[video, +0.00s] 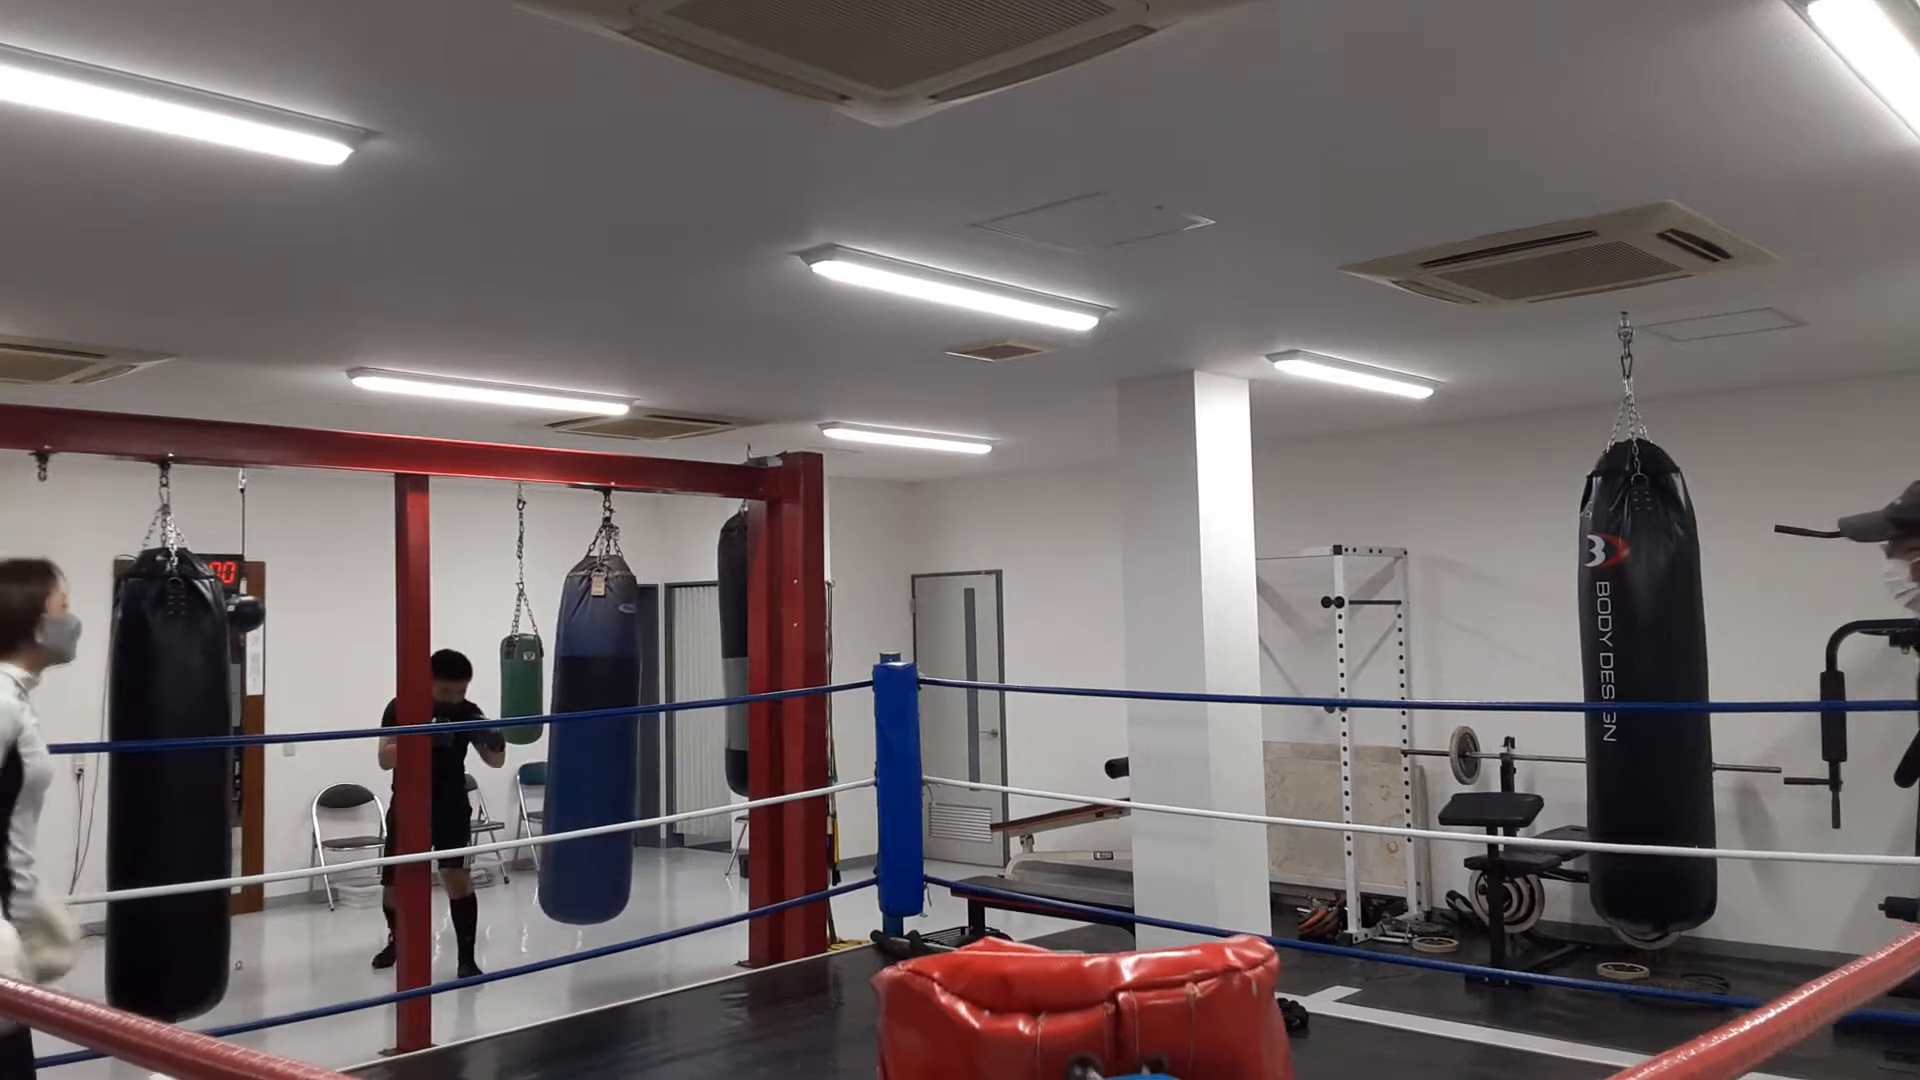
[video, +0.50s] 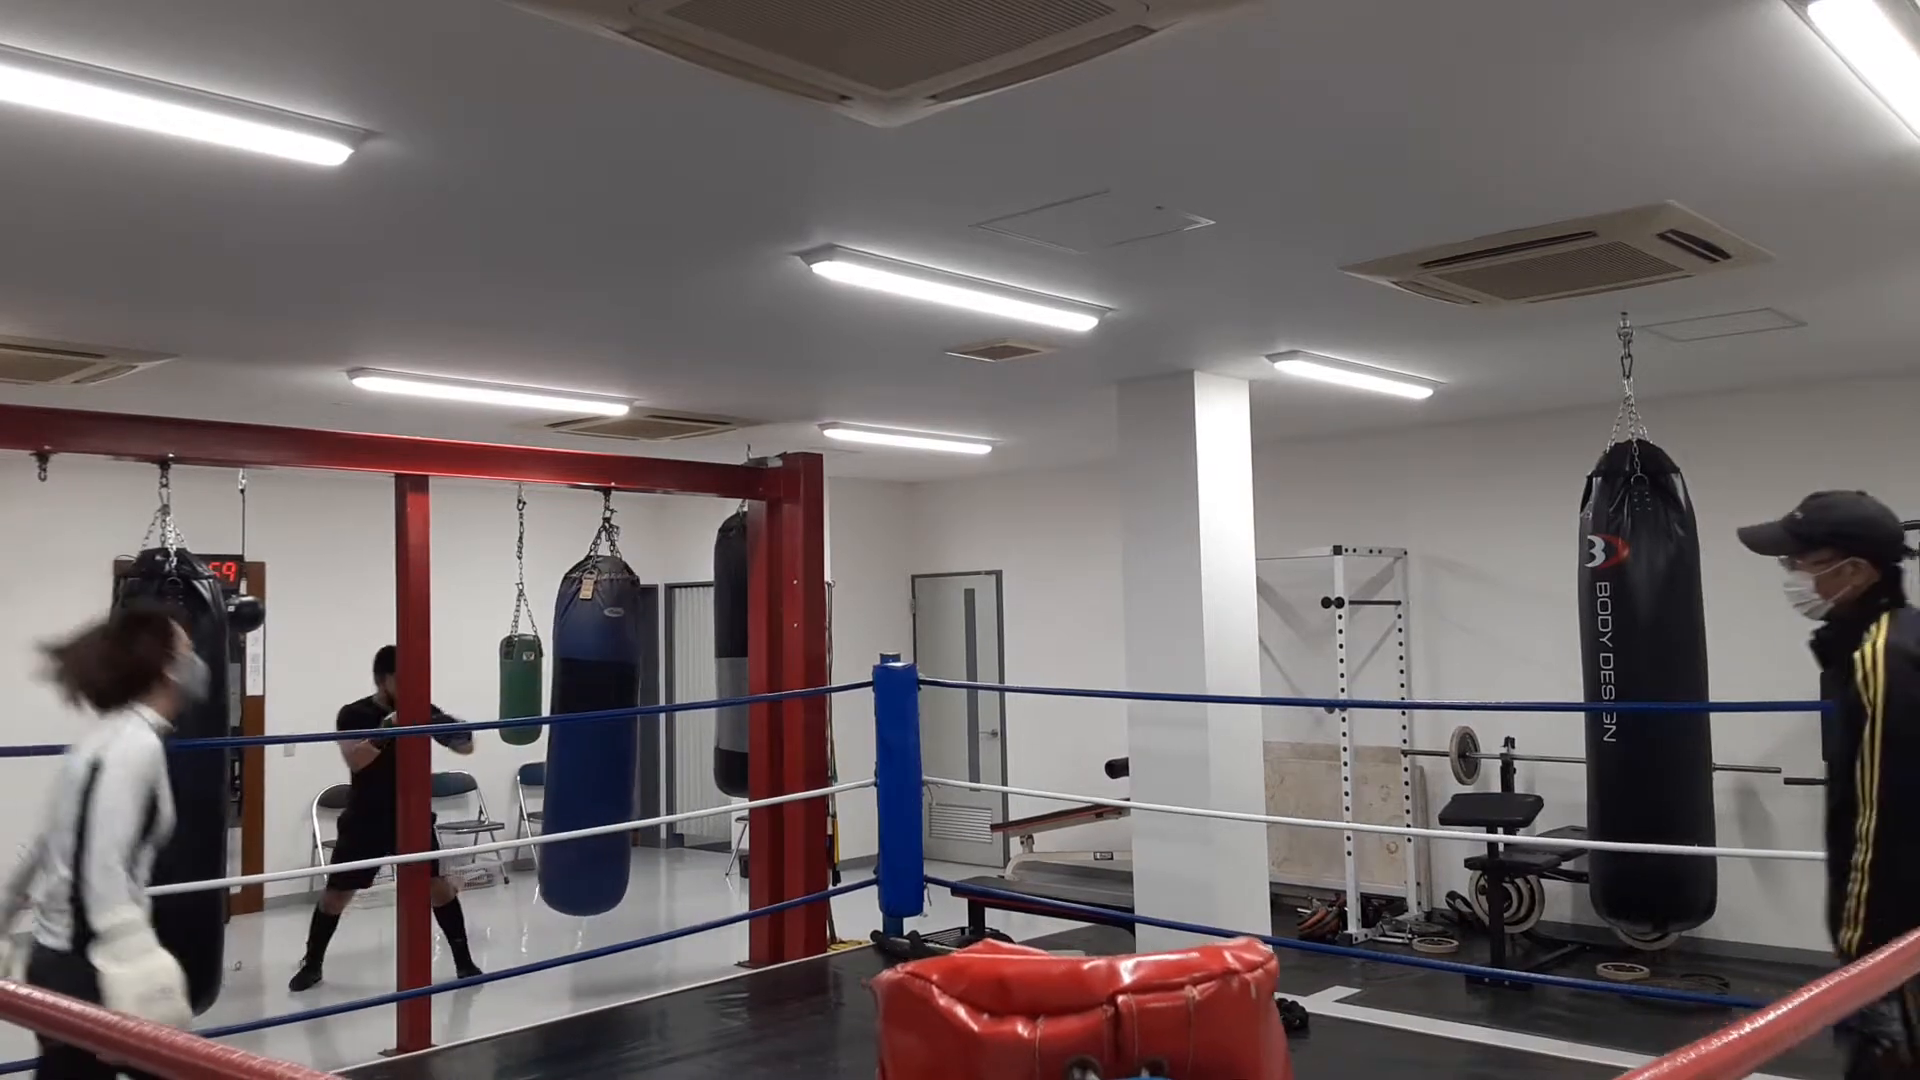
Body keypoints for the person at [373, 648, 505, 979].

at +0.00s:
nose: (453, 698)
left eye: (459, 691)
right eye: (447, 691)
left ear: (466, 686)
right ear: (430, 683)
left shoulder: (468, 713)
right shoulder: (401, 709)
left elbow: (496, 760)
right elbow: (385, 759)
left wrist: (491, 735)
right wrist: (418, 740)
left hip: (450, 805)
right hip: (406, 805)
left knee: (457, 877)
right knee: (392, 882)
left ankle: (466, 960)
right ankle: (395, 941)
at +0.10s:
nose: (456, 694)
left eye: (462, 687)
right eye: (448, 687)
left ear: (468, 683)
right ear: (432, 680)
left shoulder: (468, 710)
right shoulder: (402, 704)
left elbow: (496, 757)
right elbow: (382, 754)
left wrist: (487, 731)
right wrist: (419, 731)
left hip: (448, 803)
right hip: (404, 803)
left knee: (455, 878)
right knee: (384, 883)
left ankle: (466, 958)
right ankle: (389, 935)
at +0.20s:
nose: (452, 685)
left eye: (457, 678)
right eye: (446, 678)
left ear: (462, 675)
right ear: (427, 672)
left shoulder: (463, 705)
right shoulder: (397, 700)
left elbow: (498, 748)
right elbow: (377, 748)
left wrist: (491, 726)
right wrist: (408, 724)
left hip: (443, 801)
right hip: (398, 800)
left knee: (453, 876)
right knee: (374, 875)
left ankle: (467, 961)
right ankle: (360, 946)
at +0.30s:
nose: (438, 681)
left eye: (443, 675)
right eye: (432, 674)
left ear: (449, 674)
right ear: (414, 671)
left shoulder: (455, 705)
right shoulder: (386, 700)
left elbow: (495, 738)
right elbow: (373, 746)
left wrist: (485, 715)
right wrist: (396, 722)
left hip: (436, 805)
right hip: (389, 804)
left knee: (449, 879)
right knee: (359, 877)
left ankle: (467, 963)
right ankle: (328, 955)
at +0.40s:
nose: (411, 682)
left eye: (419, 674)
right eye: (404, 673)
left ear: (430, 674)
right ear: (392, 672)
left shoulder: (438, 707)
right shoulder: (370, 708)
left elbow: (485, 740)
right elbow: (368, 753)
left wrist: (474, 726)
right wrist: (394, 720)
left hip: (424, 812)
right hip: (376, 811)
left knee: (443, 882)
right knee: (345, 884)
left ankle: (465, 961)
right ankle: (313, 961)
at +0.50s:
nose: (406, 683)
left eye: (409, 676)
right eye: (399, 677)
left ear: (413, 679)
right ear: (382, 678)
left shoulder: (419, 710)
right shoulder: (355, 714)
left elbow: (465, 745)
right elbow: (354, 759)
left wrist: (451, 731)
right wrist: (388, 729)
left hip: (412, 817)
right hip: (365, 819)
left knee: (437, 885)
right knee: (337, 892)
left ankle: (463, 961)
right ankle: (312, 965)